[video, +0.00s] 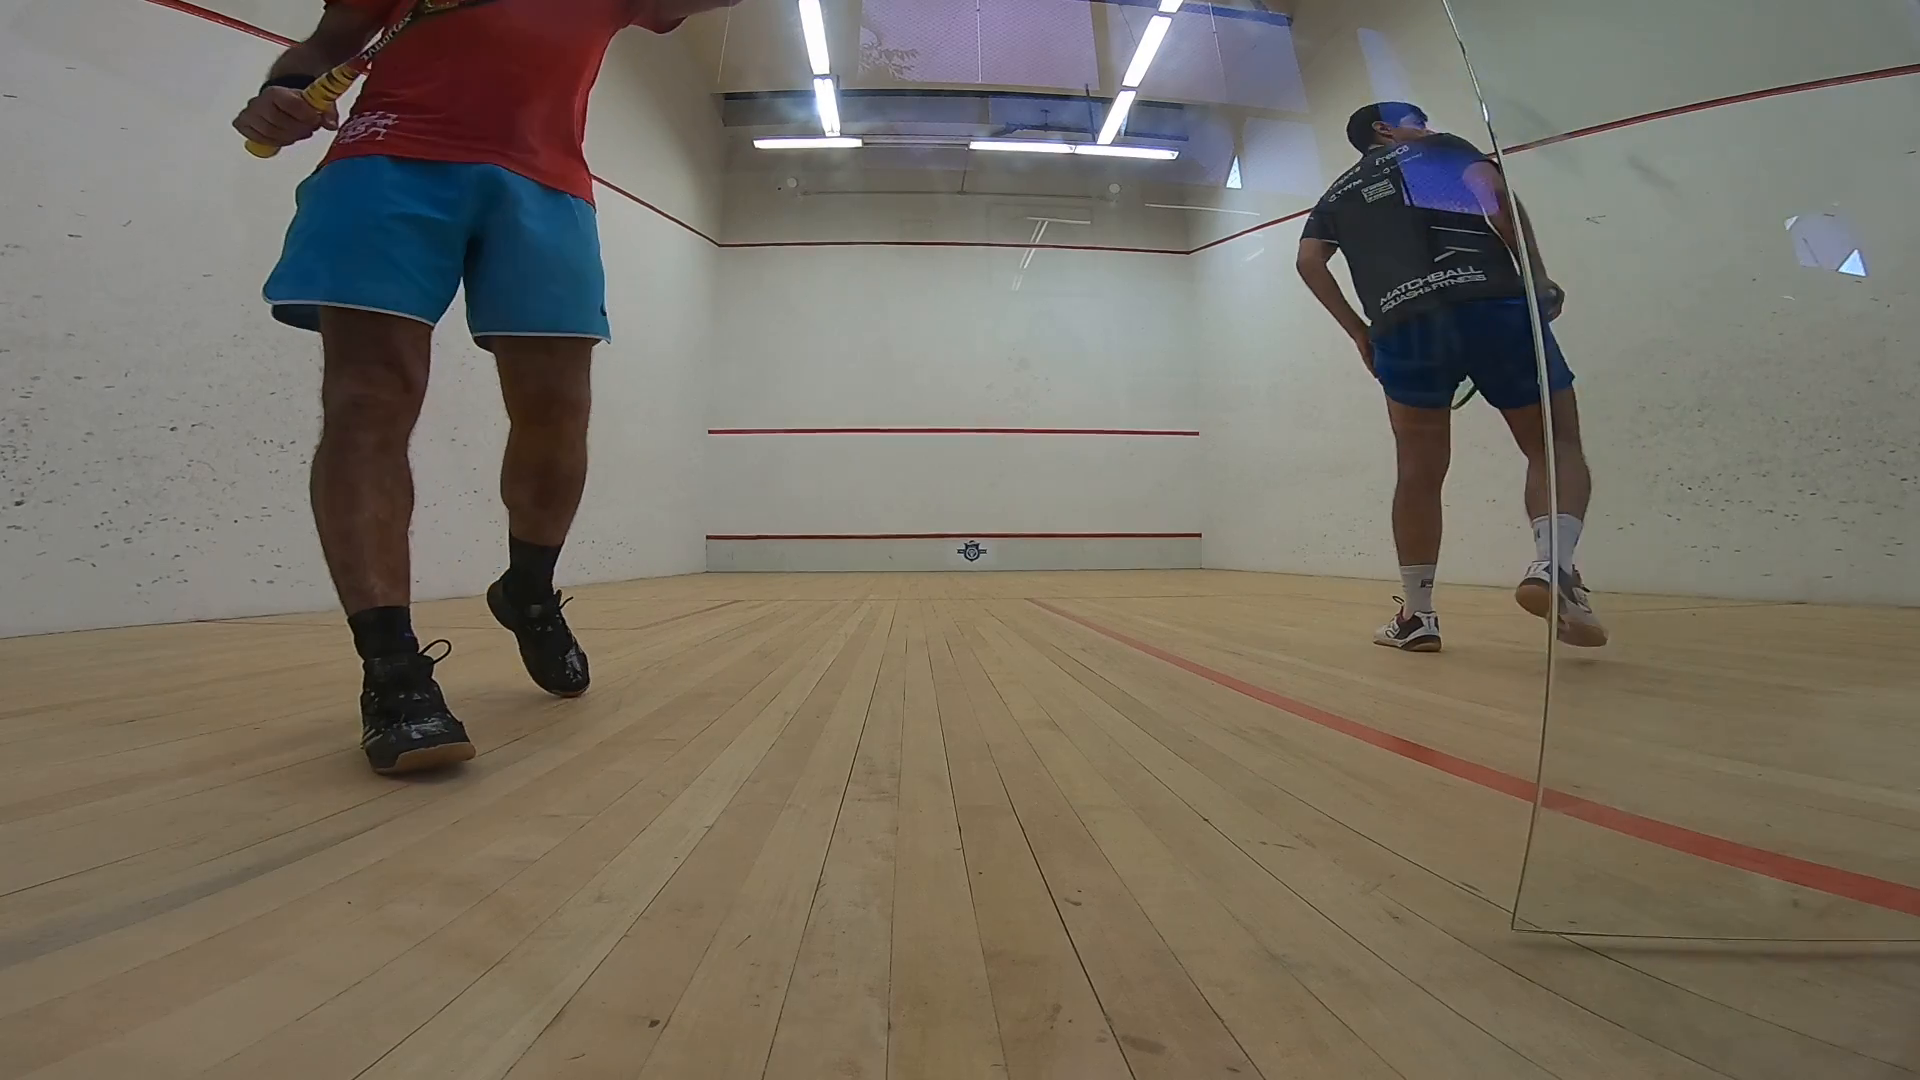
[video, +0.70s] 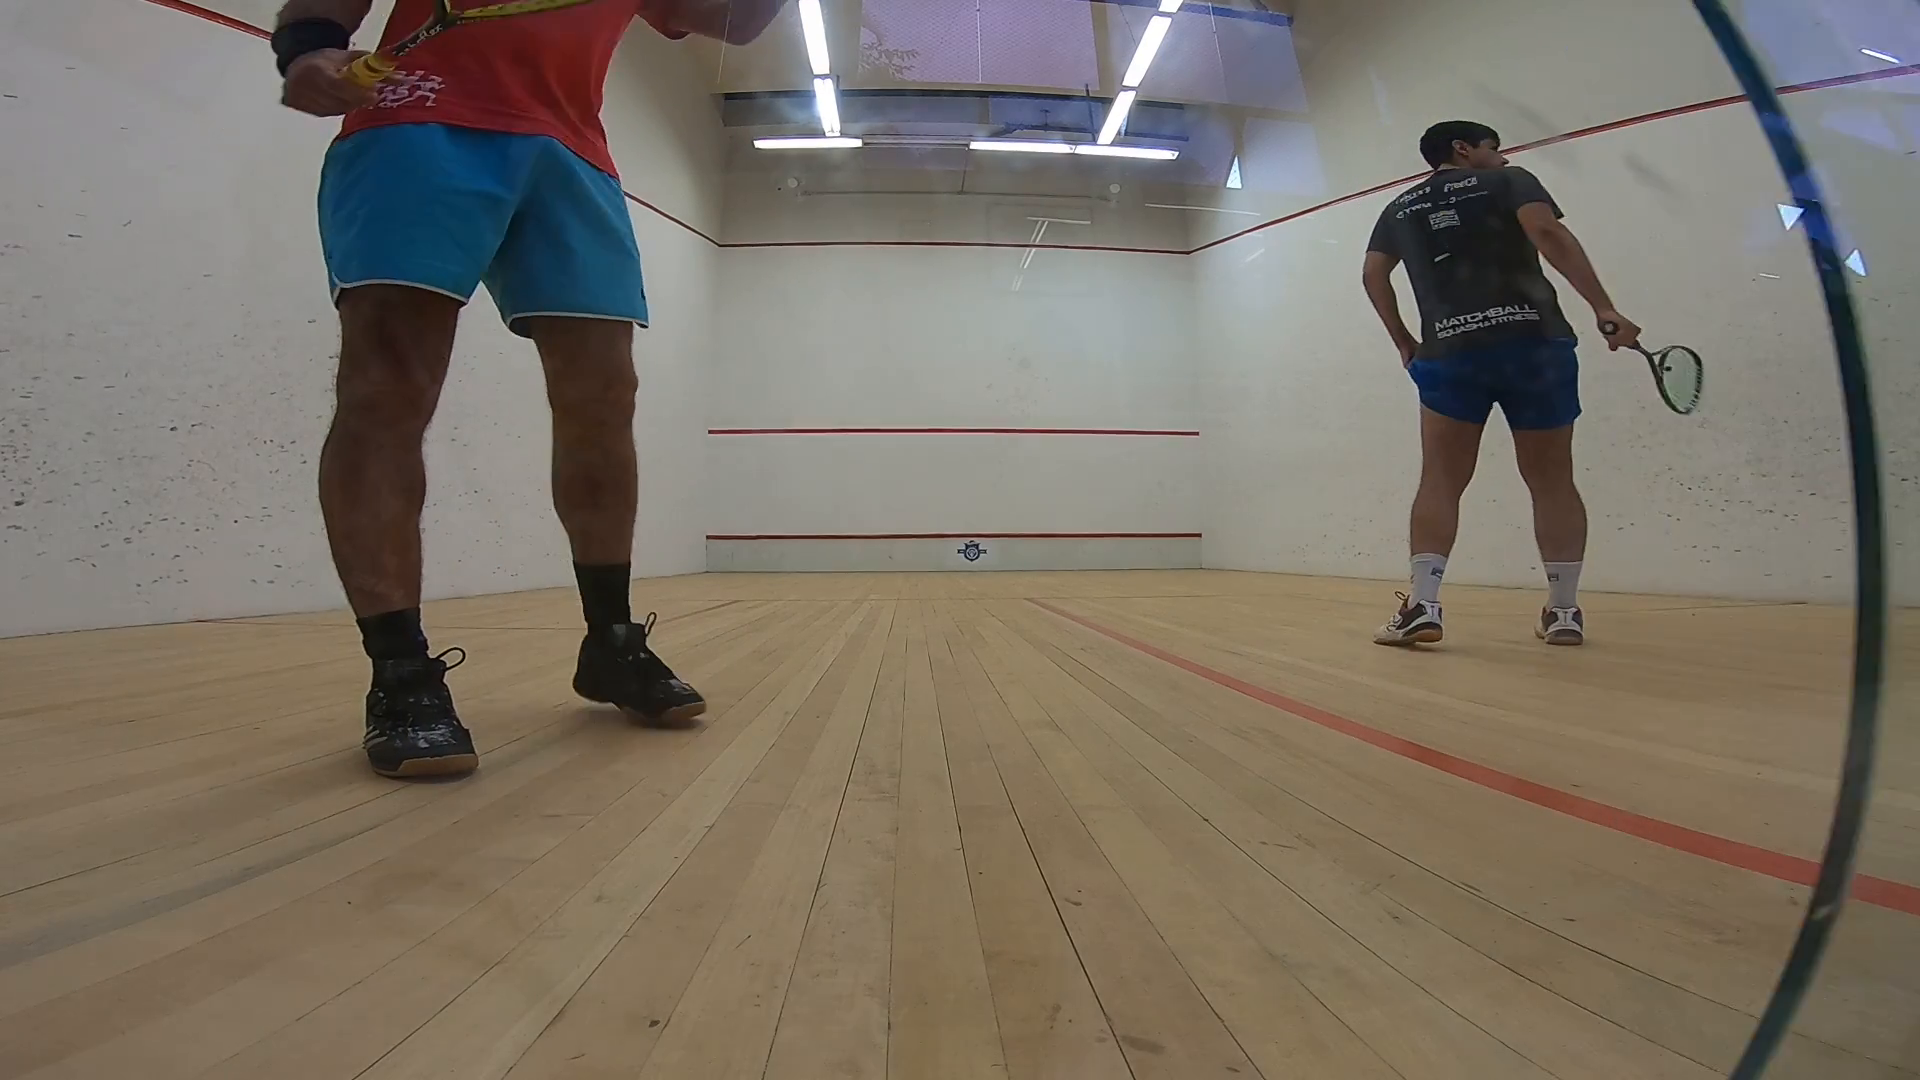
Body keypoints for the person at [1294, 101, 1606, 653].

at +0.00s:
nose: (1428, 128)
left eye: (1423, 122)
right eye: (1417, 121)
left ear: (1370, 138)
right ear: (1383, 129)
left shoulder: (1337, 193)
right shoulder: (1447, 147)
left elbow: (1309, 262)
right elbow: (1496, 197)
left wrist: (1357, 329)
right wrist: (1535, 275)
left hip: (1406, 327)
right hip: (1494, 308)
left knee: (1418, 474)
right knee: (1554, 441)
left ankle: (1418, 615)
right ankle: (1553, 565)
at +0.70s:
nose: (1501, 157)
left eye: (1498, 148)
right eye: (1493, 148)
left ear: (1440, 157)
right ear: (1463, 149)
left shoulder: (1398, 209)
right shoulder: (1508, 179)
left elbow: (1373, 275)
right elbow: (1546, 232)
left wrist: (1401, 338)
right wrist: (1603, 307)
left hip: (1449, 355)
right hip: (1533, 345)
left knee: (1440, 479)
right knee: (1551, 477)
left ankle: (1424, 605)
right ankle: (1563, 611)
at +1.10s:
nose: (1437, 168)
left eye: (1438, 158)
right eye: (1437, 160)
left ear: (1458, 150)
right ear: (1496, 153)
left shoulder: (1439, 187)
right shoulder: (1554, 188)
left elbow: (1426, 240)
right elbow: (1628, 245)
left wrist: (1419, 312)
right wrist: (1619, 311)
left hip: (1482, 344)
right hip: (1564, 343)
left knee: (1469, 465)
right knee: (1553, 471)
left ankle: (1506, 593)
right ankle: (1564, 603)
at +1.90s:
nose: (1427, 192)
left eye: (1427, 182)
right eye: (1423, 185)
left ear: (1445, 169)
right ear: (1481, 172)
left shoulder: (1454, 192)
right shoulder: (1539, 207)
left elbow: (1486, 230)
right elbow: (1616, 271)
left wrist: (1446, 301)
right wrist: (1574, 333)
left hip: (1533, 345)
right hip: (1608, 344)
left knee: (1496, 476)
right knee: (1554, 480)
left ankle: (1557, 608)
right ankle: (1617, 608)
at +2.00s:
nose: (1419, 161)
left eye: (1416, 153)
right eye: (1415, 157)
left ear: (1429, 137)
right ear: (1463, 125)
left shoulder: (1445, 150)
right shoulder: (1535, 165)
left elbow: (1481, 148)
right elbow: (1615, 206)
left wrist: (1442, 214)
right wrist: (1579, 267)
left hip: (1521, 288)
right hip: (1598, 290)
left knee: (1513, 426)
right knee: (1579, 424)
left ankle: (1537, 571)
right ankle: (1620, 562)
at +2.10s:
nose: (1419, 174)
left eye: (1411, 164)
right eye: (1412, 170)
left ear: (1418, 144)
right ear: (1444, 128)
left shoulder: (1437, 143)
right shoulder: (1530, 156)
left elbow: (1481, 145)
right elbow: (1618, 205)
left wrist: (1441, 213)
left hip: (1539, 251)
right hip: (1616, 255)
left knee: (1462, 374)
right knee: (1525, 369)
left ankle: (1579, 438)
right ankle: (1612, 411)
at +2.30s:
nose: (1423, 193)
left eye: (1418, 183)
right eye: (1418, 187)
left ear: (1426, 166)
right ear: (1446, 162)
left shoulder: (1445, 166)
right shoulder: (1533, 185)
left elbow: (1468, 124)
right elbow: (1626, 208)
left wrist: (1473, 194)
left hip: (1555, 273)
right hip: (1632, 271)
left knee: (1483, 400)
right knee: (1541, 393)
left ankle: (1564, 519)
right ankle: (1637, 462)